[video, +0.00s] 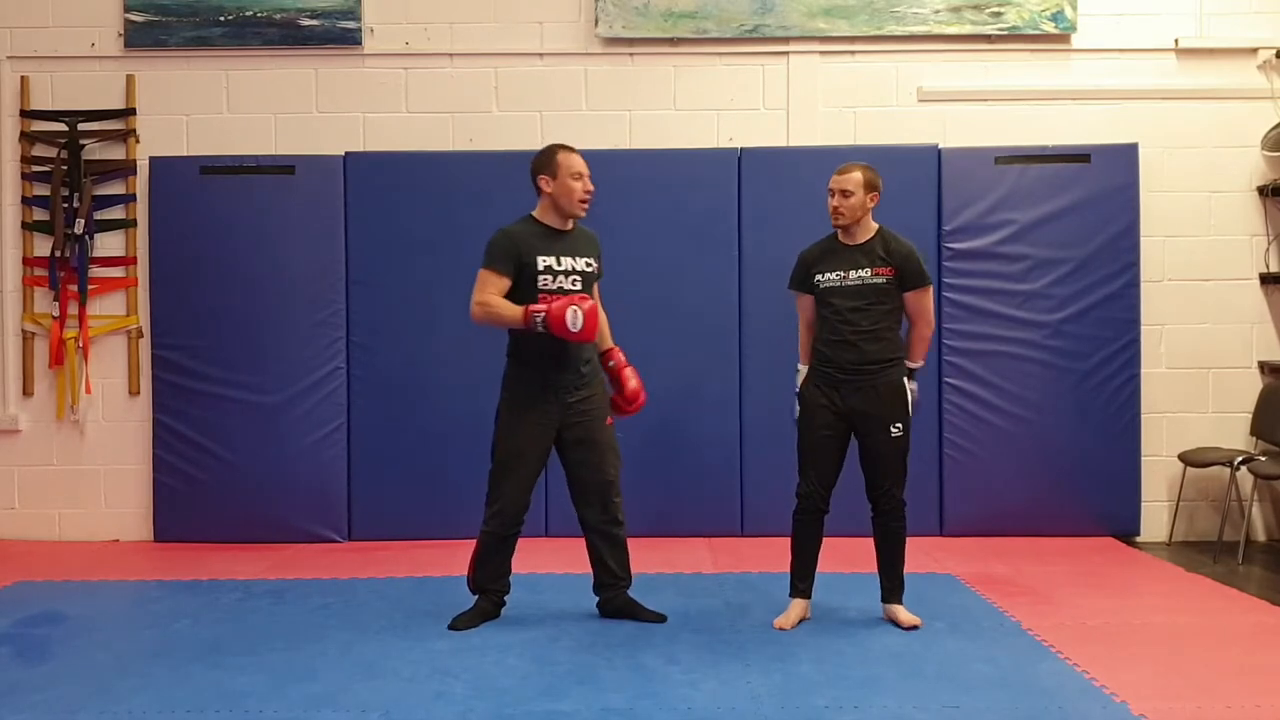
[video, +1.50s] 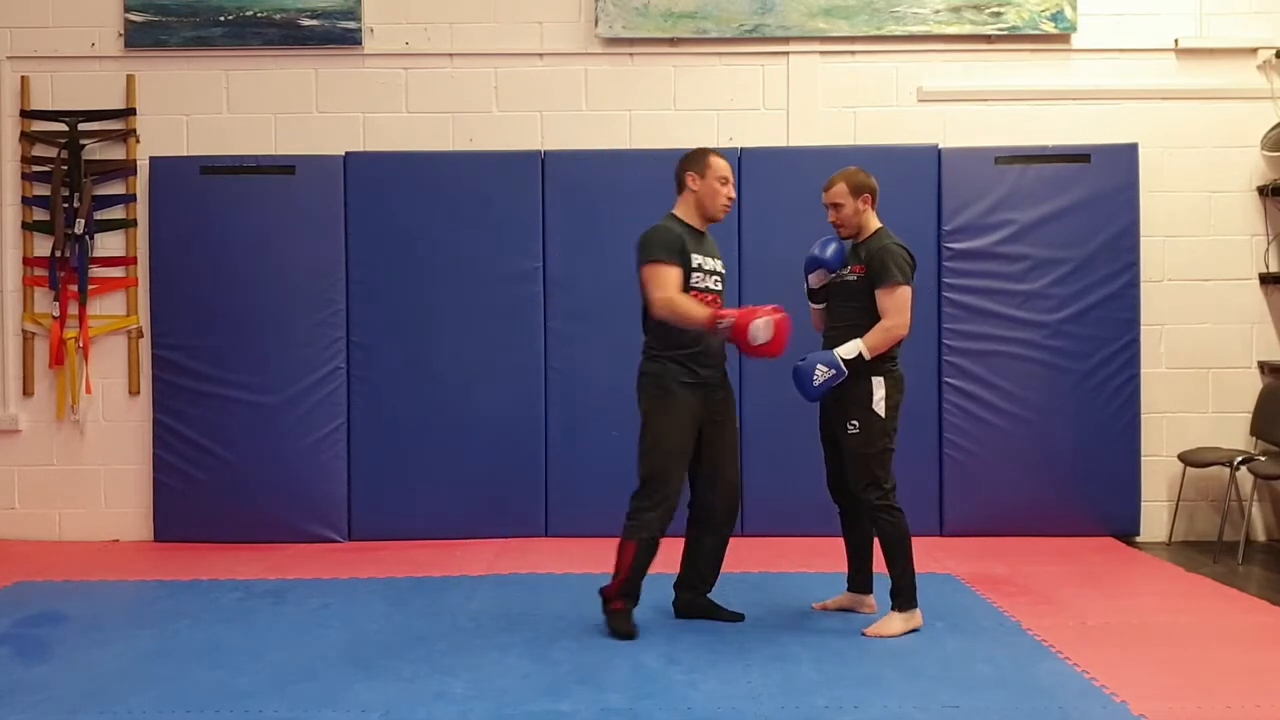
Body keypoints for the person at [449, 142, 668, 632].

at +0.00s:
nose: (588, 186)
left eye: (587, 178)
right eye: (577, 178)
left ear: (579, 185)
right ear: (546, 184)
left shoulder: (587, 242)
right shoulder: (512, 241)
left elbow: (592, 307)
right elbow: (482, 307)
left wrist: (616, 365)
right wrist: (542, 315)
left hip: (585, 390)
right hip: (529, 393)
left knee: (602, 493)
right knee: (507, 498)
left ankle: (614, 594)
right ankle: (489, 597)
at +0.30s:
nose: (649, 192)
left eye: (650, 184)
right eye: (640, 183)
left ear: (627, 189)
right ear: (609, 185)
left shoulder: (633, 250)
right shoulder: (565, 231)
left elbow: (651, 312)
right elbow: (530, 291)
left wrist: (701, 314)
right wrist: (586, 318)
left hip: (614, 388)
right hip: (560, 386)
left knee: (619, 496)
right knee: (529, 494)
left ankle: (615, 594)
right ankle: (491, 590)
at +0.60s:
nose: (671, 191)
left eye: (674, 183)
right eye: (662, 180)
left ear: (671, 189)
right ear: (632, 181)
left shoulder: (663, 251)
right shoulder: (589, 227)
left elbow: (674, 315)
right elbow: (547, 286)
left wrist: (719, 314)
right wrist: (595, 319)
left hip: (633, 380)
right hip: (582, 375)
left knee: (631, 489)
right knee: (579, 485)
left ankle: (616, 593)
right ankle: (567, 598)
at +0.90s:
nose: (637, 190)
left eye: (645, 180)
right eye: (627, 180)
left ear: (656, 186)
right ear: (608, 186)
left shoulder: (662, 247)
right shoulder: (585, 241)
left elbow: (658, 304)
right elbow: (552, 305)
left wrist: (679, 329)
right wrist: (603, 339)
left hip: (656, 387)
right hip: (602, 389)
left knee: (693, 482)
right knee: (601, 499)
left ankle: (644, 569)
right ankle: (601, 606)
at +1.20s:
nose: (667, 188)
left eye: (670, 180)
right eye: (657, 179)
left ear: (672, 184)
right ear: (627, 182)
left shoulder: (682, 241)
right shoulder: (597, 242)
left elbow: (704, 301)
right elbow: (567, 310)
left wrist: (738, 317)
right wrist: (613, 333)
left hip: (680, 390)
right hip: (622, 393)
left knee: (706, 492)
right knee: (608, 501)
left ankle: (691, 595)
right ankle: (602, 607)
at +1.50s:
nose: (731, 193)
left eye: (732, 184)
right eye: (723, 182)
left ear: (704, 186)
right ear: (692, 183)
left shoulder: (708, 246)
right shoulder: (663, 237)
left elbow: (704, 312)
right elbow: (663, 302)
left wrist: (745, 328)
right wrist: (725, 321)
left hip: (712, 386)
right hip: (670, 384)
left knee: (719, 493)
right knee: (660, 492)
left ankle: (693, 595)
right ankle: (620, 599)